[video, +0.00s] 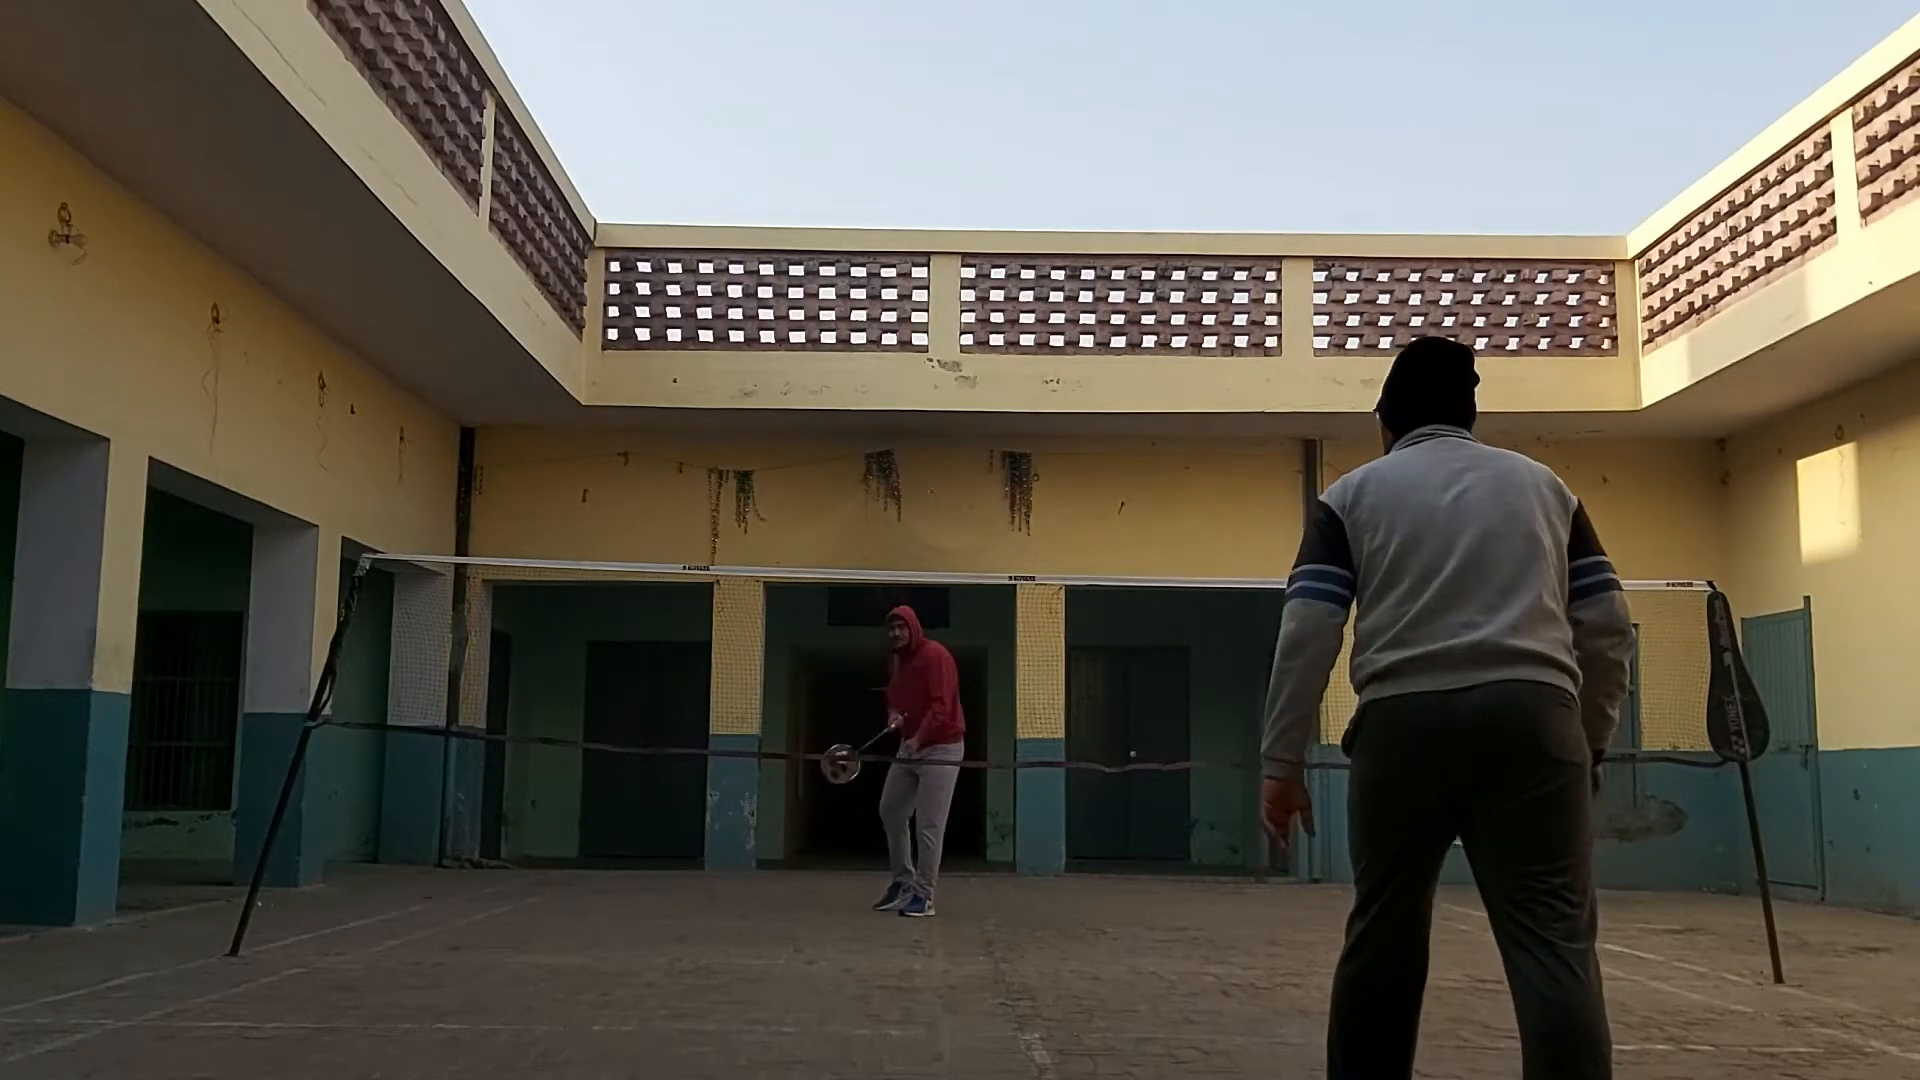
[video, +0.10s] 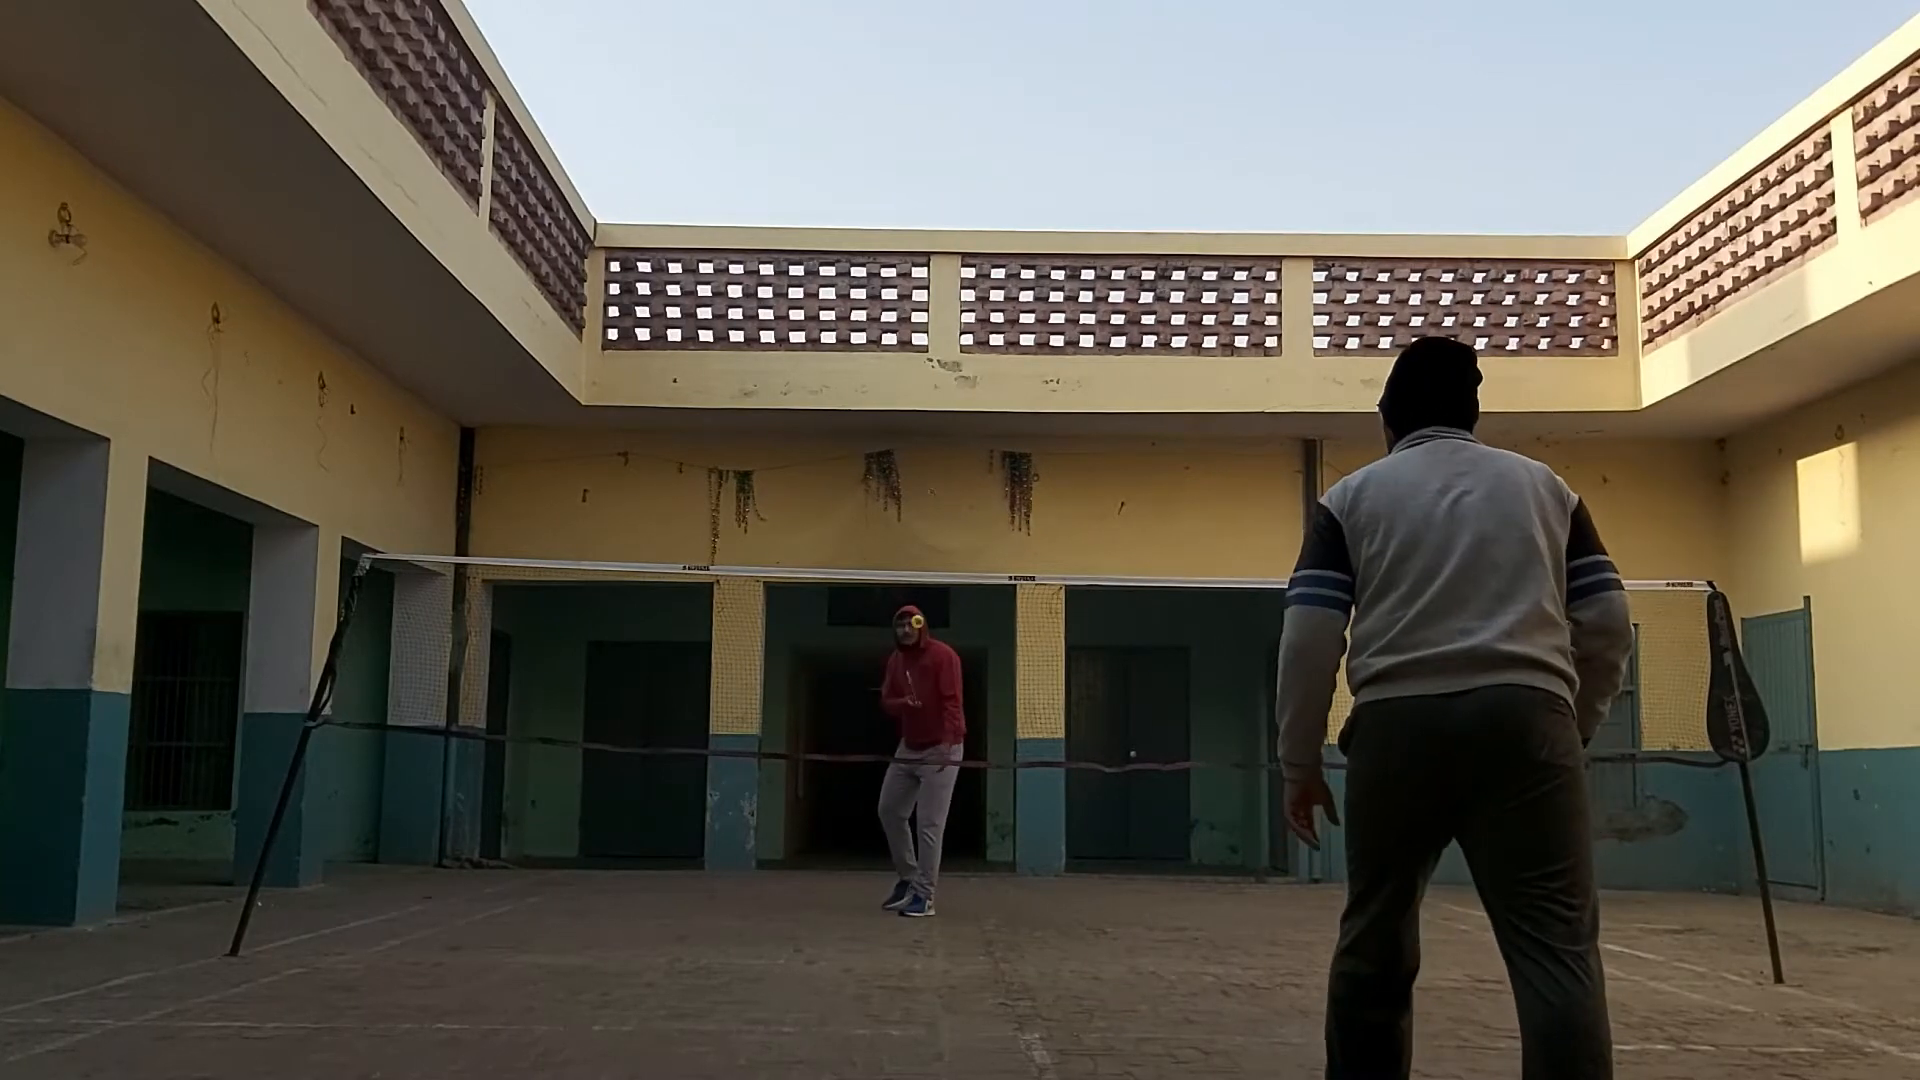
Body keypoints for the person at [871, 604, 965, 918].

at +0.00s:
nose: (897, 632)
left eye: (902, 627)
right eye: (893, 628)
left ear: (915, 628)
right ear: (890, 632)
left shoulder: (936, 655)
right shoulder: (899, 660)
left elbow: (942, 708)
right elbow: (896, 698)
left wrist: (918, 739)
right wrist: (895, 715)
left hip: (941, 751)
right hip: (910, 749)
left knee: (929, 823)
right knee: (891, 812)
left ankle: (924, 894)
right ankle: (902, 882)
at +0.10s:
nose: (906, 630)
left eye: (911, 624)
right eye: (901, 625)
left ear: (922, 627)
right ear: (896, 630)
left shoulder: (943, 656)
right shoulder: (897, 660)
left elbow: (953, 703)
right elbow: (887, 702)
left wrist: (949, 743)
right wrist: (904, 702)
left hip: (941, 750)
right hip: (909, 748)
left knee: (930, 823)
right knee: (890, 811)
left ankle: (924, 895)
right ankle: (908, 880)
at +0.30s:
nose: (928, 631)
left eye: (933, 626)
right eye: (923, 626)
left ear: (942, 631)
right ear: (915, 632)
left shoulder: (959, 661)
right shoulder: (904, 662)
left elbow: (982, 701)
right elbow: (892, 702)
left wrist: (990, 739)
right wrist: (918, 704)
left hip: (943, 753)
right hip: (908, 752)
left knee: (927, 824)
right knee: (899, 820)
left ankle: (922, 895)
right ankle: (931, 868)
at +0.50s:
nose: (942, 640)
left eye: (947, 636)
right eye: (937, 636)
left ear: (954, 642)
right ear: (928, 641)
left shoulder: (968, 673)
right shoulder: (912, 673)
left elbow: (992, 712)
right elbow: (898, 714)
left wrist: (1000, 749)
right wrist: (908, 741)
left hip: (951, 760)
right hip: (915, 760)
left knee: (937, 823)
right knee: (913, 825)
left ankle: (927, 891)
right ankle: (936, 884)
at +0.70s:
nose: (956, 635)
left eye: (961, 632)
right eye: (951, 631)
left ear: (968, 638)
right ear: (941, 636)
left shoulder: (982, 668)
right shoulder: (924, 669)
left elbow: (996, 711)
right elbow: (907, 715)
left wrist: (1001, 747)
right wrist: (897, 756)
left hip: (972, 755)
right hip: (932, 755)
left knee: (977, 813)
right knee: (932, 821)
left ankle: (962, 885)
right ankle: (936, 886)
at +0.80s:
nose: (965, 632)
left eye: (970, 629)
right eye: (959, 628)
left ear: (977, 635)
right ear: (950, 633)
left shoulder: (991, 666)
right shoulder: (932, 666)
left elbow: (1004, 708)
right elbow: (914, 710)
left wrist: (1010, 742)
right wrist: (901, 746)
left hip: (983, 753)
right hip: (942, 754)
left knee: (996, 816)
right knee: (937, 823)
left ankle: (991, 882)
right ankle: (936, 886)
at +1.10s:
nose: (997, 638)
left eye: (1001, 634)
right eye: (992, 634)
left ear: (1008, 640)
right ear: (983, 638)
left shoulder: (1022, 670)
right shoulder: (969, 669)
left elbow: (1043, 711)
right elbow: (952, 710)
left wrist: (1041, 745)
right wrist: (938, 745)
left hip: (1012, 757)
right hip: (972, 756)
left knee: (1022, 824)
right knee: (957, 819)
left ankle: (1035, 883)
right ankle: (944, 881)